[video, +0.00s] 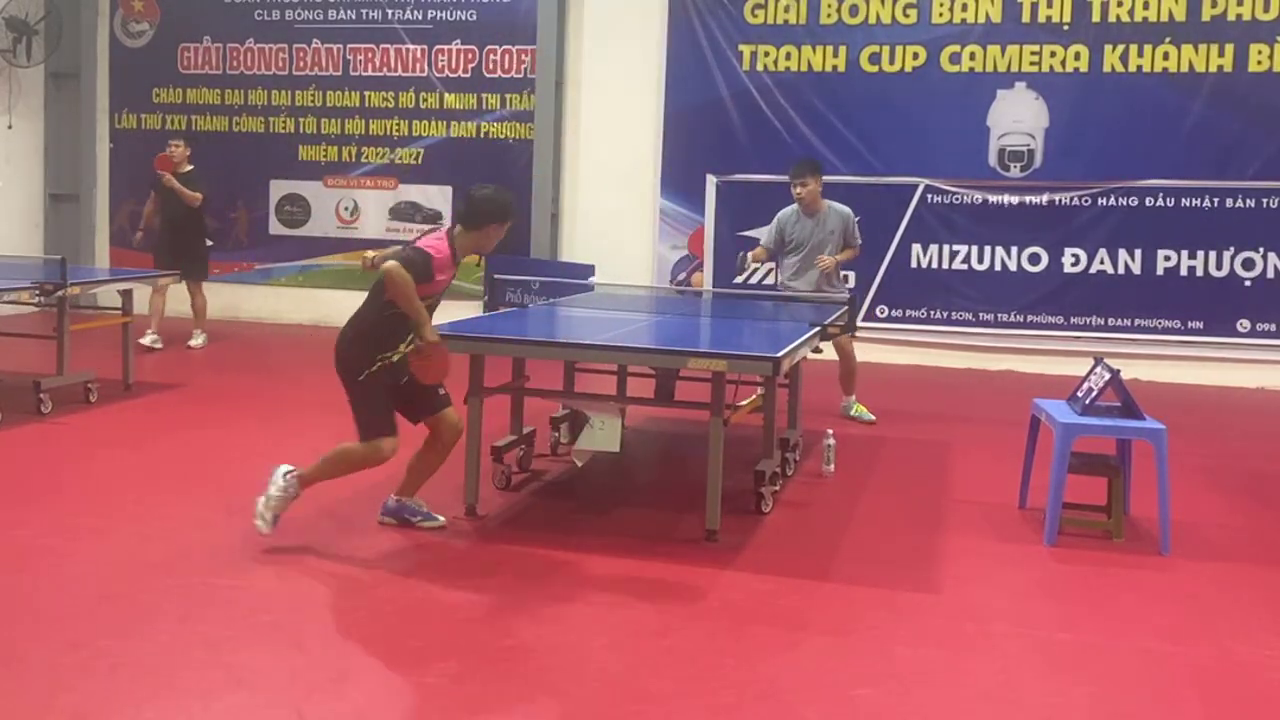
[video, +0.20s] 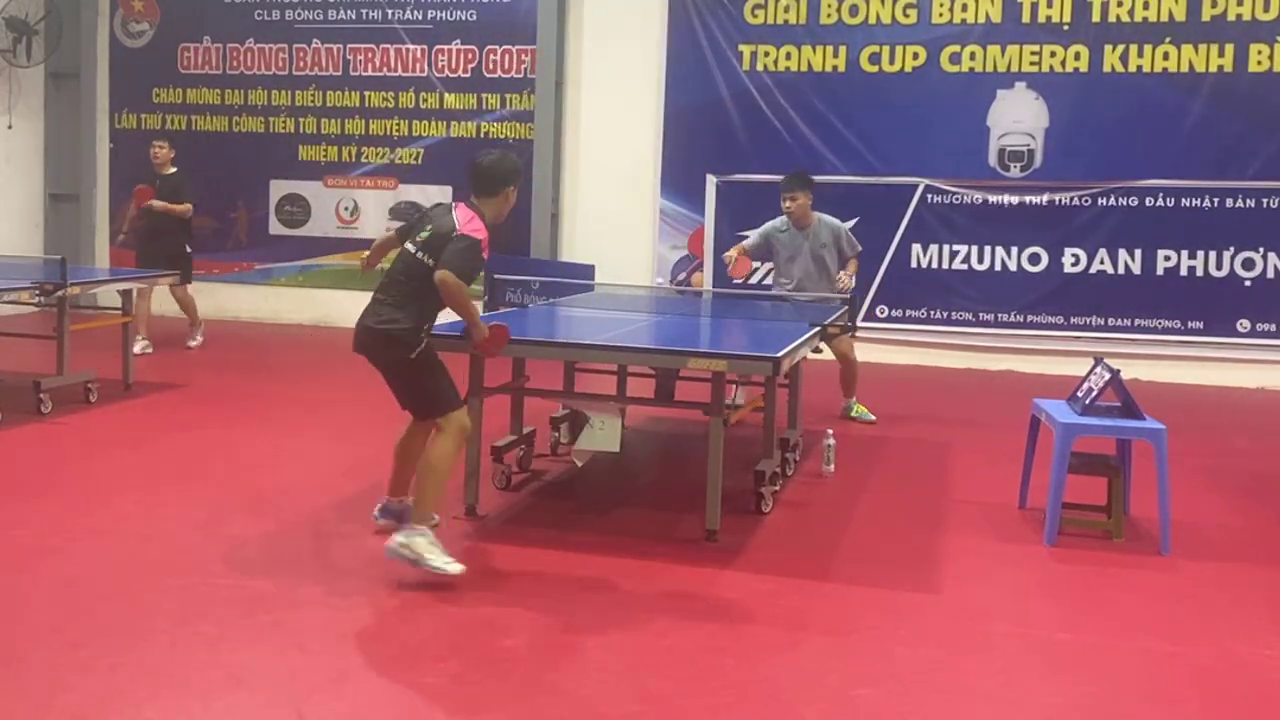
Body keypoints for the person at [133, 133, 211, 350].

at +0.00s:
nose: (172, 150)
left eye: (176, 147)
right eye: (169, 147)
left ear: (188, 151)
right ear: (166, 151)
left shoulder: (196, 175)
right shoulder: (162, 176)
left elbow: (197, 200)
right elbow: (151, 203)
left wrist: (173, 184)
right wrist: (142, 229)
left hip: (192, 240)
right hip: (166, 238)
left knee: (194, 288)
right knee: (159, 286)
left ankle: (199, 332)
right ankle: (153, 333)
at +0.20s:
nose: (155, 152)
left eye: (160, 148)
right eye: (153, 148)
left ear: (171, 153)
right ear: (150, 152)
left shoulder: (180, 179)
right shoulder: (147, 180)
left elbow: (187, 210)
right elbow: (134, 210)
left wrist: (161, 206)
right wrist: (125, 230)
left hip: (175, 243)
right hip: (148, 243)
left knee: (178, 289)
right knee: (143, 290)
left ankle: (196, 325)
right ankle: (142, 337)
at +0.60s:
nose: (138, 151)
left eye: (143, 146)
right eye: (135, 146)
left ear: (154, 151)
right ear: (131, 149)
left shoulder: (167, 180)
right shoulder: (123, 177)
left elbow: (183, 212)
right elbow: (112, 205)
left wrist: (163, 225)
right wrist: (103, 222)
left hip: (158, 248)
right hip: (130, 248)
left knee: (160, 293)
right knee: (134, 295)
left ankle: (165, 341)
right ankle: (141, 339)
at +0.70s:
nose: (136, 153)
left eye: (142, 149)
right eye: (134, 149)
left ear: (154, 152)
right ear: (130, 152)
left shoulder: (167, 182)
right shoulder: (123, 179)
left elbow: (181, 216)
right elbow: (113, 206)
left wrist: (159, 228)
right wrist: (102, 225)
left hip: (155, 251)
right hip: (127, 251)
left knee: (158, 295)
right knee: (126, 295)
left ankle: (163, 345)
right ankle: (140, 335)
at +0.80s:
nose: (134, 157)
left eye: (139, 152)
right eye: (131, 152)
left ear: (152, 156)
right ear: (128, 155)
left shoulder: (164, 185)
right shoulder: (123, 182)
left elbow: (177, 220)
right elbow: (113, 207)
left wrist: (153, 232)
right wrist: (104, 228)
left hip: (153, 251)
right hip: (124, 251)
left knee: (155, 295)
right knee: (122, 295)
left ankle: (162, 346)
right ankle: (126, 340)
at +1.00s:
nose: (121, 162)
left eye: (127, 158)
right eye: (119, 158)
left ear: (140, 162)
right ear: (115, 159)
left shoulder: (152, 190)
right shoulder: (110, 180)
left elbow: (165, 223)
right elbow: (100, 200)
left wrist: (139, 234)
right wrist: (101, 224)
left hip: (143, 250)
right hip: (113, 247)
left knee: (150, 295)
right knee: (96, 294)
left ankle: (161, 346)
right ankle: (85, 341)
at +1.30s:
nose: (102, 188)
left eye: (107, 184)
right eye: (100, 183)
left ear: (121, 185)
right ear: (97, 182)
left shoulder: (135, 210)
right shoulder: (89, 197)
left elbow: (149, 242)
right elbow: (66, 207)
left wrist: (124, 253)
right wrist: (78, 237)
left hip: (128, 264)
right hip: (94, 263)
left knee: (139, 296)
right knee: (77, 296)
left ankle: (161, 347)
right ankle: (73, 346)